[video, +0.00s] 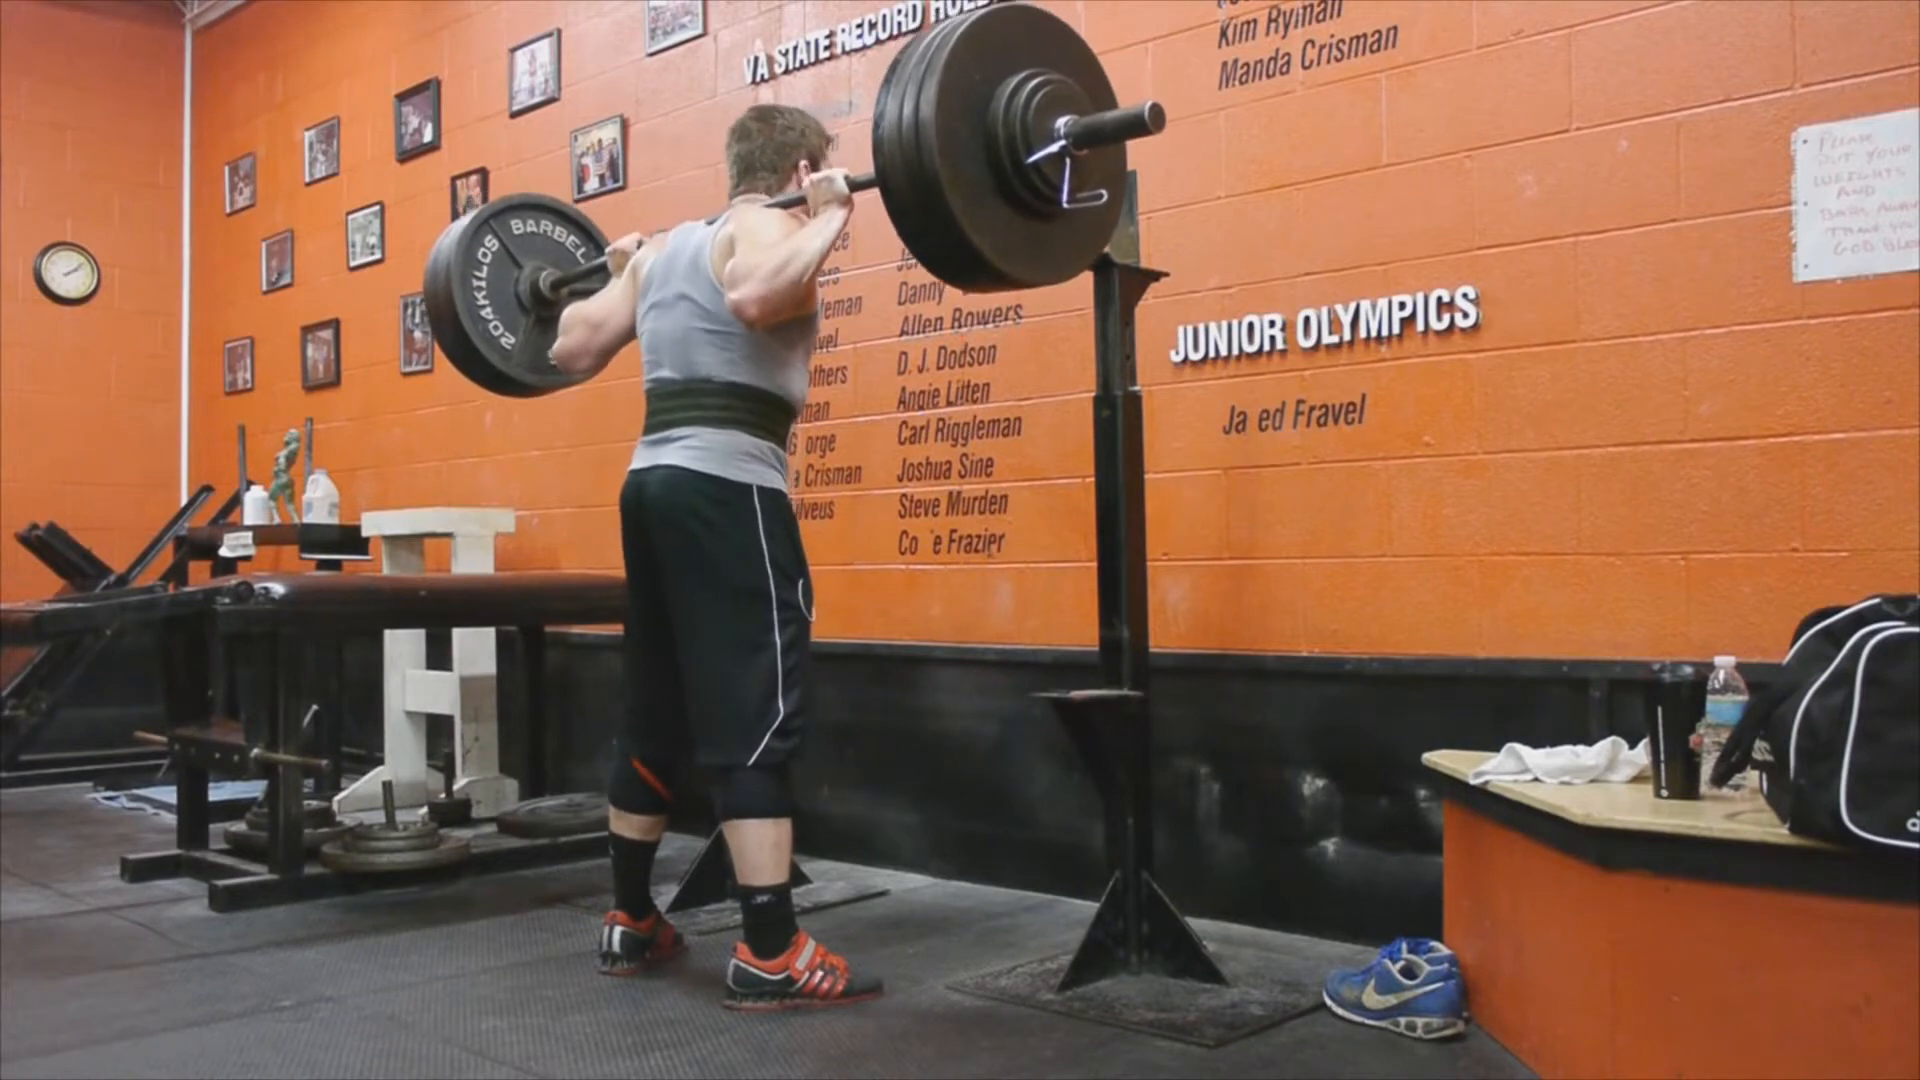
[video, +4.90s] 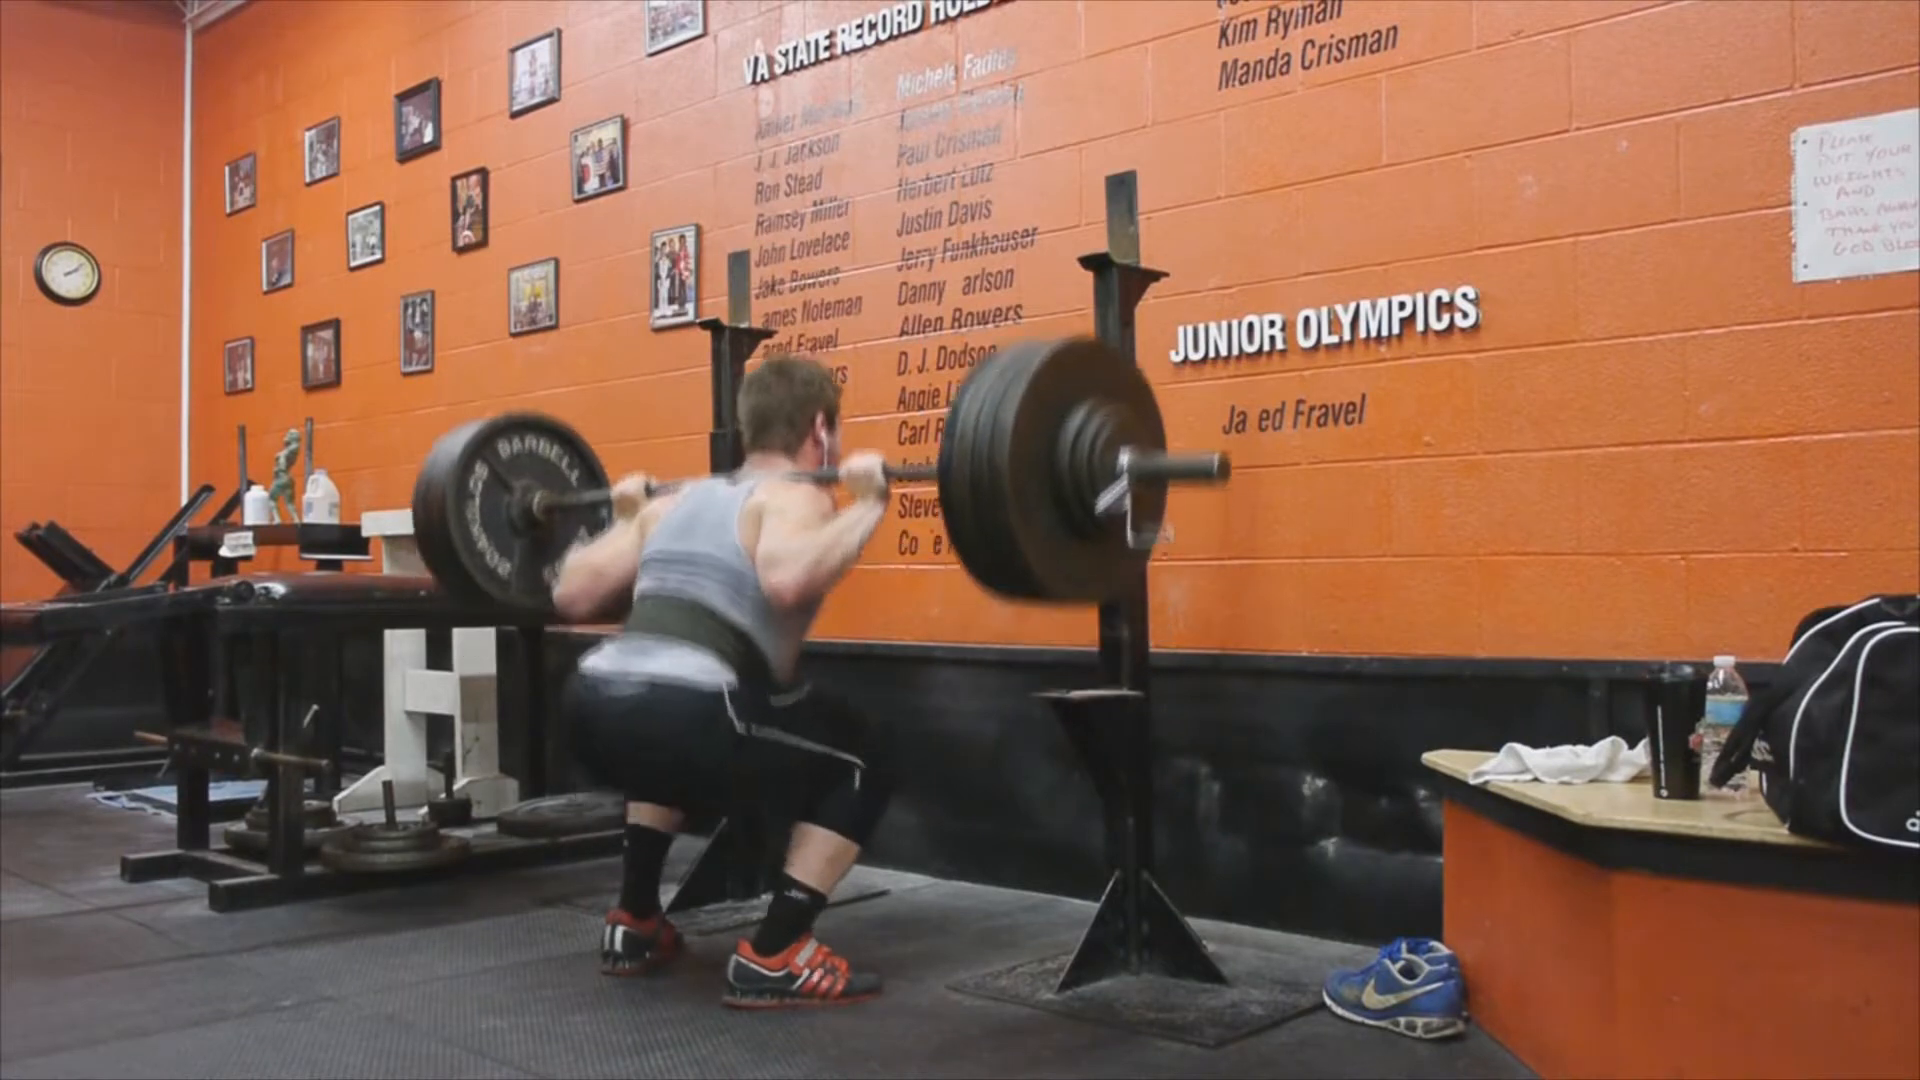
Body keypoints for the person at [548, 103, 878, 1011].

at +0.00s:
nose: (829, 196)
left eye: (830, 180)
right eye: (828, 179)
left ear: (736, 176)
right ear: (801, 173)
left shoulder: (664, 251)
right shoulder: (771, 223)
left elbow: (568, 350)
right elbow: (754, 298)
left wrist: (612, 272)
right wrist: (831, 221)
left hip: (652, 486)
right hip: (728, 487)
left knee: (657, 708)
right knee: (755, 715)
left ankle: (631, 920)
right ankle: (770, 946)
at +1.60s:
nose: (826, 285)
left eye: (825, 272)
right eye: (825, 272)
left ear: (739, 272)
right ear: (806, 271)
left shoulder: (670, 344)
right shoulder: (779, 332)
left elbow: (574, 444)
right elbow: (767, 407)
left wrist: (621, 363)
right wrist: (846, 333)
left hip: (602, 565)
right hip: (689, 571)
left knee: (660, 722)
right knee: (834, 734)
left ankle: (632, 921)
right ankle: (775, 948)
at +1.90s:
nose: (833, 377)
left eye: (831, 363)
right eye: (831, 362)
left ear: (744, 365)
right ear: (811, 366)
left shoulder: (680, 438)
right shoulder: (787, 428)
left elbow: (586, 548)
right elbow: (781, 522)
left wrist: (636, 460)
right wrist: (857, 442)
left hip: (596, 654)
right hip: (686, 663)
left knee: (668, 745)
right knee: (855, 766)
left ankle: (633, 920)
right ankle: (776, 951)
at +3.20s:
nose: (825, 265)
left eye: (823, 252)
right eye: (824, 253)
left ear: (739, 254)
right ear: (805, 251)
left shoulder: (668, 326)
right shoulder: (783, 316)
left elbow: (569, 419)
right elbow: (771, 387)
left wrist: (617, 345)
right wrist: (851, 315)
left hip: (599, 536)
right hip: (688, 543)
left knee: (666, 712)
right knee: (811, 717)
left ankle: (633, 919)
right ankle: (775, 947)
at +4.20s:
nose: (835, 373)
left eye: (837, 361)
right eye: (834, 360)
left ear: (744, 363)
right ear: (815, 363)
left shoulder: (675, 434)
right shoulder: (789, 427)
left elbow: (579, 540)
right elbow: (790, 515)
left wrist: (625, 454)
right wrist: (864, 440)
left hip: (594, 642)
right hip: (687, 654)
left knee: (665, 735)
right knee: (853, 750)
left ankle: (634, 920)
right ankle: (776, 949)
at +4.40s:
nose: (833, 451)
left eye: (833, 436)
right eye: (831, 436)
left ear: (743, 442)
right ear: (813, 443)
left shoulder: (675, 515)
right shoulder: (792, 516)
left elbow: (587, 621)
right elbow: (796, 610)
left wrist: (627, 533)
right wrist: (868, 525)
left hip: (599, 736)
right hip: (696, 749)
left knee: (675, 751)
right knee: (870, 782)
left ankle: (634, 918)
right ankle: (776, 951)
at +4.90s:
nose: (837, 443)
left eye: (835, 428)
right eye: (835, 428)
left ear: (746, 432)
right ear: (817, 432)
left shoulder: (674, 503)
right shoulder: (798, 498)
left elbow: (574, 594)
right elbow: (786, 582)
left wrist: (626, 516)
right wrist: (867, 505)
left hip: (600, 713)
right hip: (698, 721)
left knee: (674, 751)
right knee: (860, 768)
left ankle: (634, 917)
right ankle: (775, 950)